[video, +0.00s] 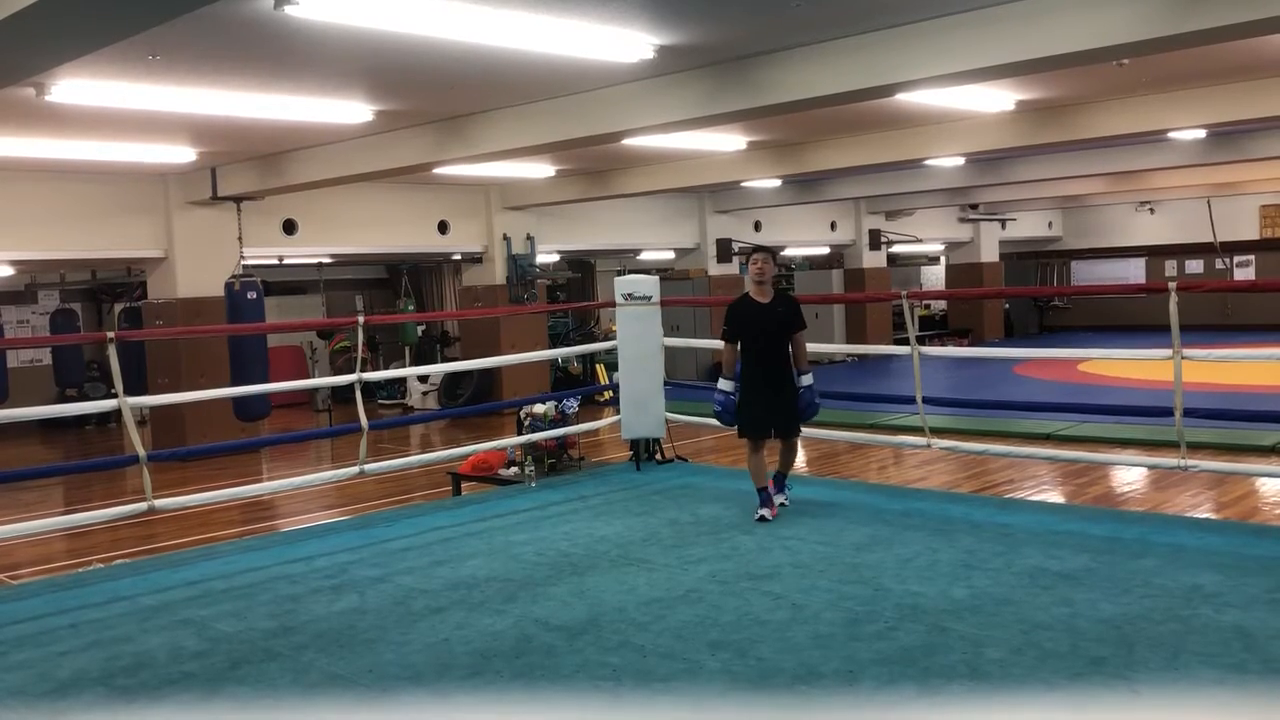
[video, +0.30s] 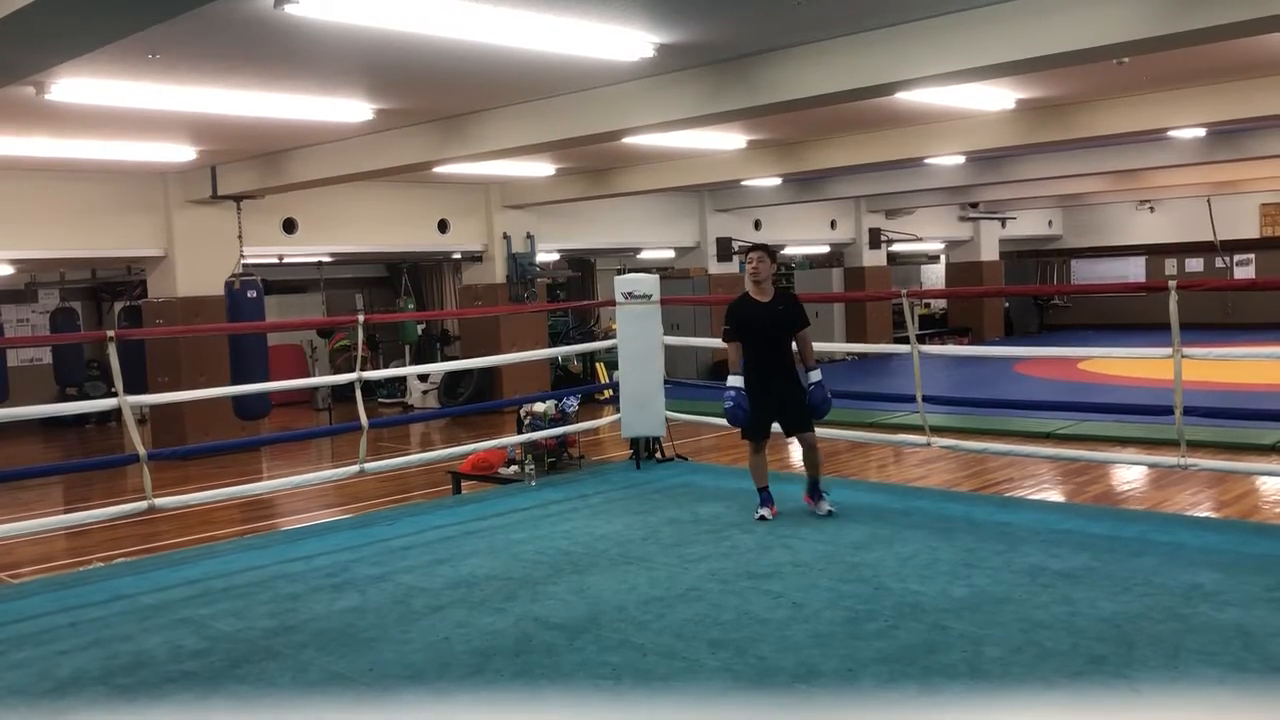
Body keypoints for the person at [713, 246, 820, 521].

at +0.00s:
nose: (759, 266)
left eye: (765, 263)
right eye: (754, 263)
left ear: (775, 270)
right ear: (747, 270)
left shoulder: (788, 304)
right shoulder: (737, 308)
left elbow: (799, 345)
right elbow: (729, 350)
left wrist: (806, 383)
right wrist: (725, 389)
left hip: (784, 383)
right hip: (751, 386)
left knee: (790, 439)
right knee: (755, 443)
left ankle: (779, 483)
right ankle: (765, 501)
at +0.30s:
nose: (754, 266)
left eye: (760, 261)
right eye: (750, 262)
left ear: (772, 267)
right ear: (745, 268)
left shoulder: (789, 301)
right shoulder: (737, 308)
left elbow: (804, 342)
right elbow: (734, 350)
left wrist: (815, 381)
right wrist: (733, 387)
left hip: (788, 382)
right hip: (754, 387)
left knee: (809, 440)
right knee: (757, 446)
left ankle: (814, 493)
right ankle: (765, 501)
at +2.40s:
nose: (770, 250)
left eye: (777, 246)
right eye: (766, 246)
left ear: (790, 252)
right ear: (761, 252)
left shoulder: (804, 288)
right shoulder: (755, 291)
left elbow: (817, 332)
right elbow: (747, 335)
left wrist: (820, 374)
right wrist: (741, 377)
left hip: (798, 376)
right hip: (765, 376)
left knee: (809, 434)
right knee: (768, 432)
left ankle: (817, 491)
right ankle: (773, 486)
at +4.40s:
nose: (775, 249)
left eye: (781, 244)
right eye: (771, 244)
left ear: (794, 248)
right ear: (766, 251)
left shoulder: (807, 284)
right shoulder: (762, 289)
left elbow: (817, 328)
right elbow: (758, 332)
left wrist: (822, 367)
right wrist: (753, 372)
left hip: (803, 370)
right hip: (773, 371)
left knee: (815, 429)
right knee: (776, 428)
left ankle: (825, 487)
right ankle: (781, 482)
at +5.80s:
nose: (776, 252)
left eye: (782, 246)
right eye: (771, 247)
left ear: (794, 250)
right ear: (765, 251)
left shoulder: (807, 286)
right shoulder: (761, 289)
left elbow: (815, 330)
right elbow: (755, 334)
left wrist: (813, 370)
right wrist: (751, 374)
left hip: (800, 371)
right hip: (769, 371)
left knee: (813, 431)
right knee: (774, 429)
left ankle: (824, 489)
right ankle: (780, 484)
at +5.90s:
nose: (776, 251)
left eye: (782, 246)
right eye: (771, 246)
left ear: (793, 250)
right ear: (765, 251)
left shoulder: (807, 285)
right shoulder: (760, 289)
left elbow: (815, 330)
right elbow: (755, 333)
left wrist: (814, 371)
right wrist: (751, 374)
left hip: (800, 371)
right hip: (769, 371)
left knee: (813, 432)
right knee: (774, 429)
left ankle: (824, 490)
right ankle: (780, 484)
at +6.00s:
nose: (773, 253)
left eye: (779, 247)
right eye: (769, 248)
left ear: (792, 250)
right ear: (764, 252)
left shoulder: (806, 286)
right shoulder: (759, 290)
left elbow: (814, 331)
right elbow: (753, 334)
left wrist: (814, 373)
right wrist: (749, 375)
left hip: (799, 372)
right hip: (768, 372)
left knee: (812, 432)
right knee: (773, 430)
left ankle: (822, 490)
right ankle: (779, 485)